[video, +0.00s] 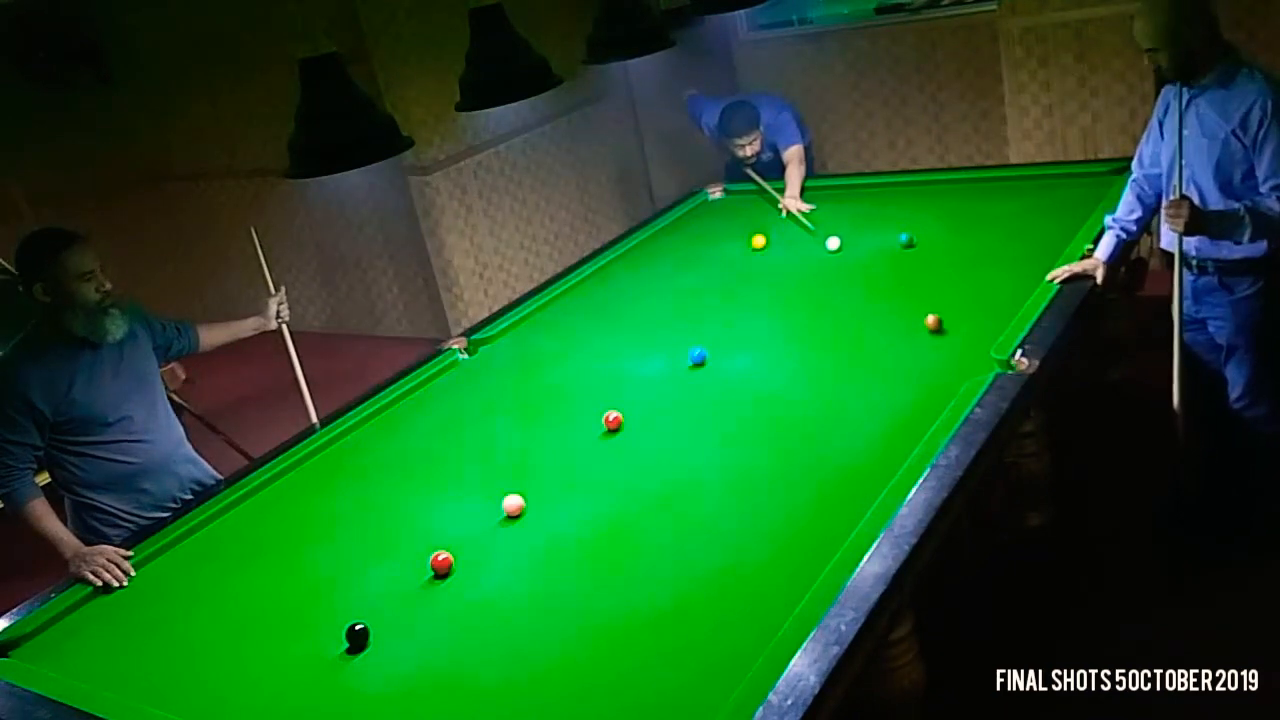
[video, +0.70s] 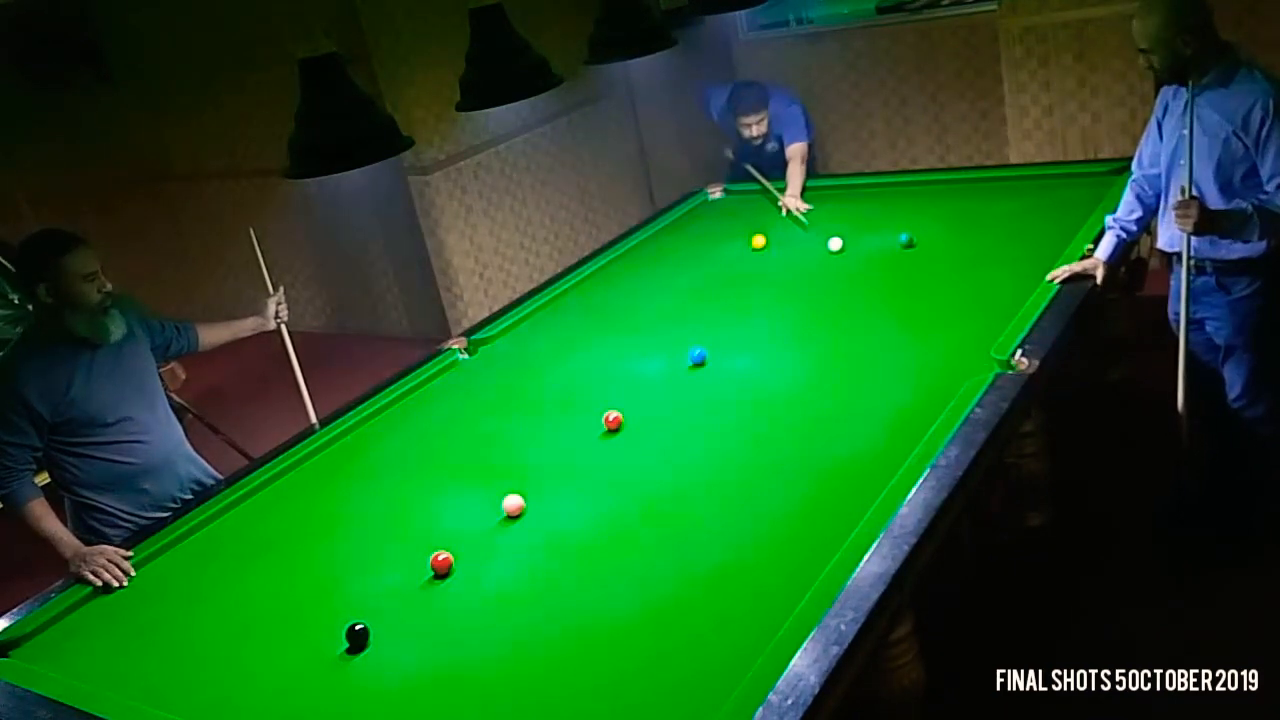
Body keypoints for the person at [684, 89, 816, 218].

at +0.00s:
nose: (748, 152)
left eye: (753, 143)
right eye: (740, 147)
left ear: (761, 130)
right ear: (724, 141)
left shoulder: (778, 118)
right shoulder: (711, 118)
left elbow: (795, 160)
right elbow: (689, 95)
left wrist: (791, 196)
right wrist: (713, 141)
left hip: (779, 158)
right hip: (738, 163)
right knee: (740, 214)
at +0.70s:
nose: (754, 133)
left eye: (760, 123)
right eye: (746, 126)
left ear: (768, 113)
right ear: (732, 119)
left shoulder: (787, 111)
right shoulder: (720, 105)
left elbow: (797, 158)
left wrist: (792, 195)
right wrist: (724, 142)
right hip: (742, 155)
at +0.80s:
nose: (759, 115)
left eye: (765, 105)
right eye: (751, 108)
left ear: (773, 98)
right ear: (738, 103)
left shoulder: (794, 105)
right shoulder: (726, 96)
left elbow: (801, 151)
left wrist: (794, 192)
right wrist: (726, 135)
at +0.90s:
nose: (765, 95)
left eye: (771, 86)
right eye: (757, 88)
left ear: (779, 80)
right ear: (744, 86)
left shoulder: (800, 92)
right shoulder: (731, 86)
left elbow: (814, 145)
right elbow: (718, 95)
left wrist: (799, 184)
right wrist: (726, 131)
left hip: (793, 165)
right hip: (750, 164)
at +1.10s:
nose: (780, 54)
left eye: (786, 45)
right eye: (773, 46)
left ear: (794, 42)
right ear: (759, 45)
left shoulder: (815, 62)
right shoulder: (744, 63)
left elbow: (845, 115)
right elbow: (727, 86)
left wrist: (822, 147)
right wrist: (728, 127)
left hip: (810, 157)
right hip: (763, 157)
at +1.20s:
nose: (789, 35)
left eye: (795, 27)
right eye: (781, 28)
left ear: (804, 26)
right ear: (769, 30)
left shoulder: (824, 50)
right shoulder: (751, 52)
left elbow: (854, 97)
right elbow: (733, 82)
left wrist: (831, 129)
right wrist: (730, 128)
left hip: (816, 152)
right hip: (767, 152)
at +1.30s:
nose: (797, 19)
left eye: (802, 12)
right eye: (789, 13)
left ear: (811, 15)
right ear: (776, 17)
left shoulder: (830, 37)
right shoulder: (755, 45)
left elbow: (855, 77)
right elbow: (738, 82)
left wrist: (844, 110)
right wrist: (734, 134)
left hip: (822, 150)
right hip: (773, 152)